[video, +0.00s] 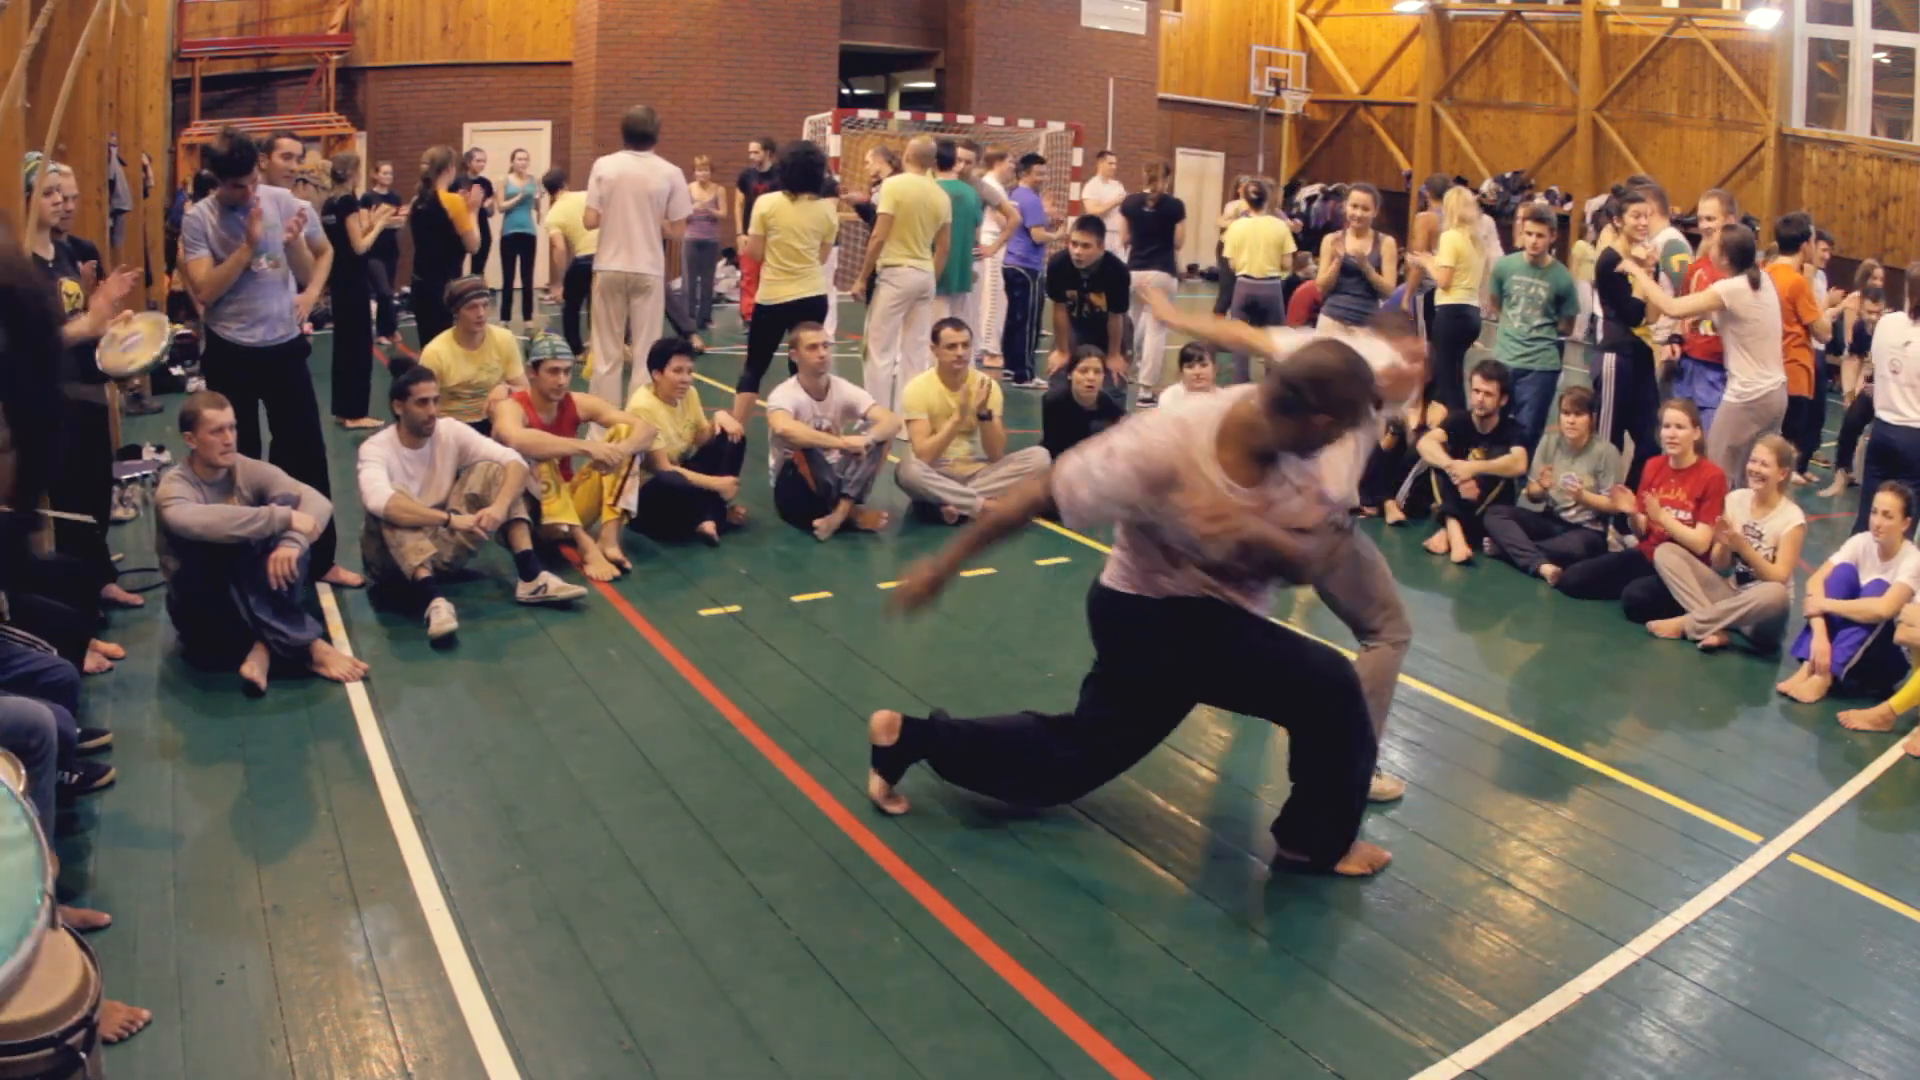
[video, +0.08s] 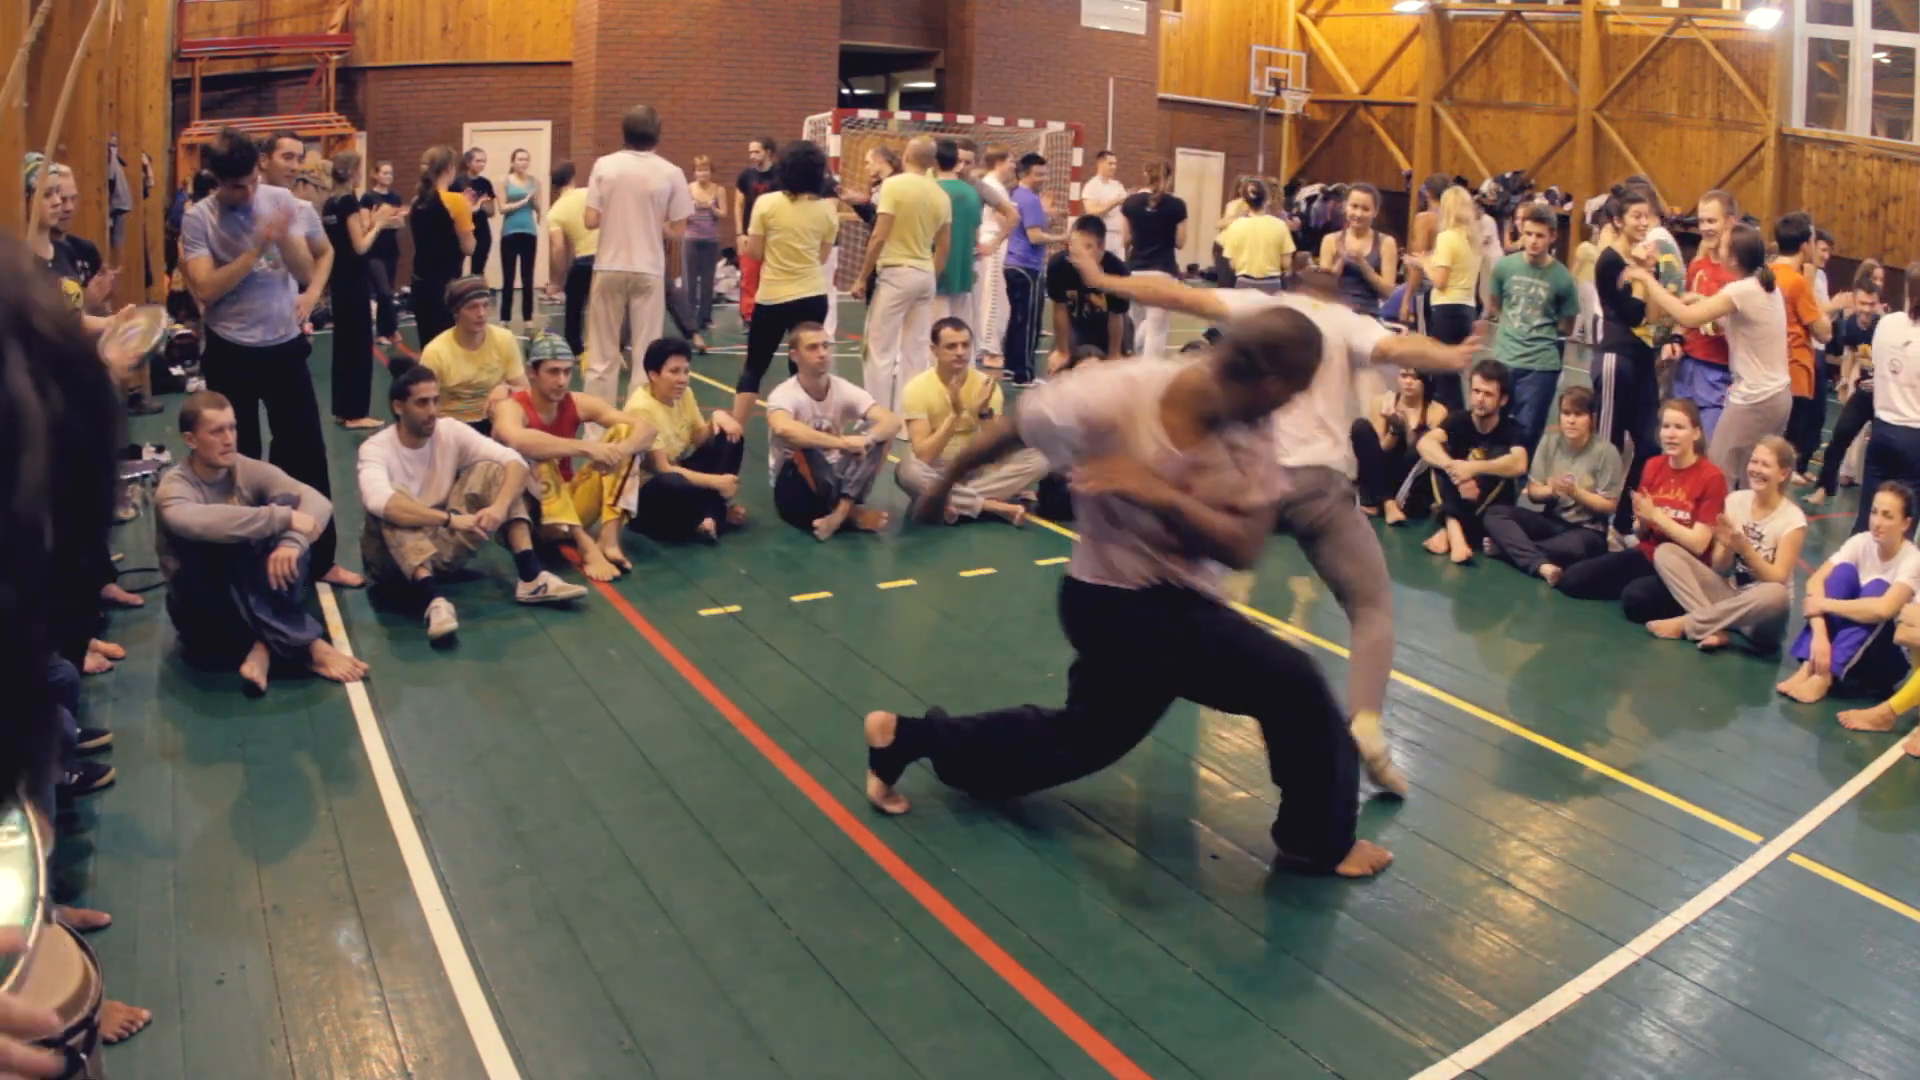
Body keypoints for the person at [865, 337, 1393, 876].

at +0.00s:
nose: (1337, 436)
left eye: (1342, 426)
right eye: (1338, 425)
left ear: (1288, 391)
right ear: (1312, 418)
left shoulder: (1297, 456)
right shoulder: (1169, 439)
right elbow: (1043, 493)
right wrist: (939, 569)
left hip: (1211, 620)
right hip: (1148, 611)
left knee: (1073, 760)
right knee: (1328, 685)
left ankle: (905, 737)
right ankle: (1316, 841)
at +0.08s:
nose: (1282, 406)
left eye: (1289, 395)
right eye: (1281, 392)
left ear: (1253, 368)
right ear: (1246, 366)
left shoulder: (1251, 436)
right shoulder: (1116, 394)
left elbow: (1248, 547)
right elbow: (1013, 430)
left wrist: (1164, 496)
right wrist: (940, 484)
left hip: (1173, 605)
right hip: (1110, 600)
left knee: (1091, 737)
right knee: (1291, 683)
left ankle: (907, 739)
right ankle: (1317, 842)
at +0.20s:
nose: (1207, 324)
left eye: (1214, 314)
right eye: (1208, 310)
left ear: (1175, 294)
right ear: (1176, 291)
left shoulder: (1174, 365)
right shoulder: (1039, 313)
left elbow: (1169, 484)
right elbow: (935, 328)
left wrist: (1104, 440)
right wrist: (884, 417)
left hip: (1109, 559)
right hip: (1029, 549)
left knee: (1031, 721)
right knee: (1169, 684)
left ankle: (878, 739)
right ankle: (1295, 840)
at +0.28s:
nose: (1146, 288)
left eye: (1155, 276)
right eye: (1147, 271)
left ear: (1127, 253)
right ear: (1113, 242)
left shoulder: (1114, 330)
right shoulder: (988, 273)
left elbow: (1115, 461)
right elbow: (868, 299)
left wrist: (1104, 407)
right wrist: (807, 408)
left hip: (1054, 525)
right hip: (967, 513)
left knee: (995, 699)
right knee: (1086, 668)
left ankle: (858, 747)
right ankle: (1205, 841)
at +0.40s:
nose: (1093, 235)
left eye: (1100, 223)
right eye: (1094, 219)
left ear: (1060, 188)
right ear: (1064, 190)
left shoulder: (1035, 258)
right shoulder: (936, 223)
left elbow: (1024, 354)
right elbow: (794, 276)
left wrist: (1106, 342)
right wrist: (704, 403)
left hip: (970, 476)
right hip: (905, 475)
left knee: (950, 650)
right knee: (1033, 639)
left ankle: (848, 751)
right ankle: (1008, 835)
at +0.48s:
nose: (1060, 208)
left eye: (1068, 194)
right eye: (1066, 190)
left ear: (1022, 163)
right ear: (1041, 170)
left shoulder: (991, 235)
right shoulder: (912, 204)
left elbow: (979, 300)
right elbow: (758, 263)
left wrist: (1059, 301)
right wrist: (689, 394)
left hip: (923, 450)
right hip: (864, 449)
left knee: (971, 615)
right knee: (958, 644)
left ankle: (861, 750)